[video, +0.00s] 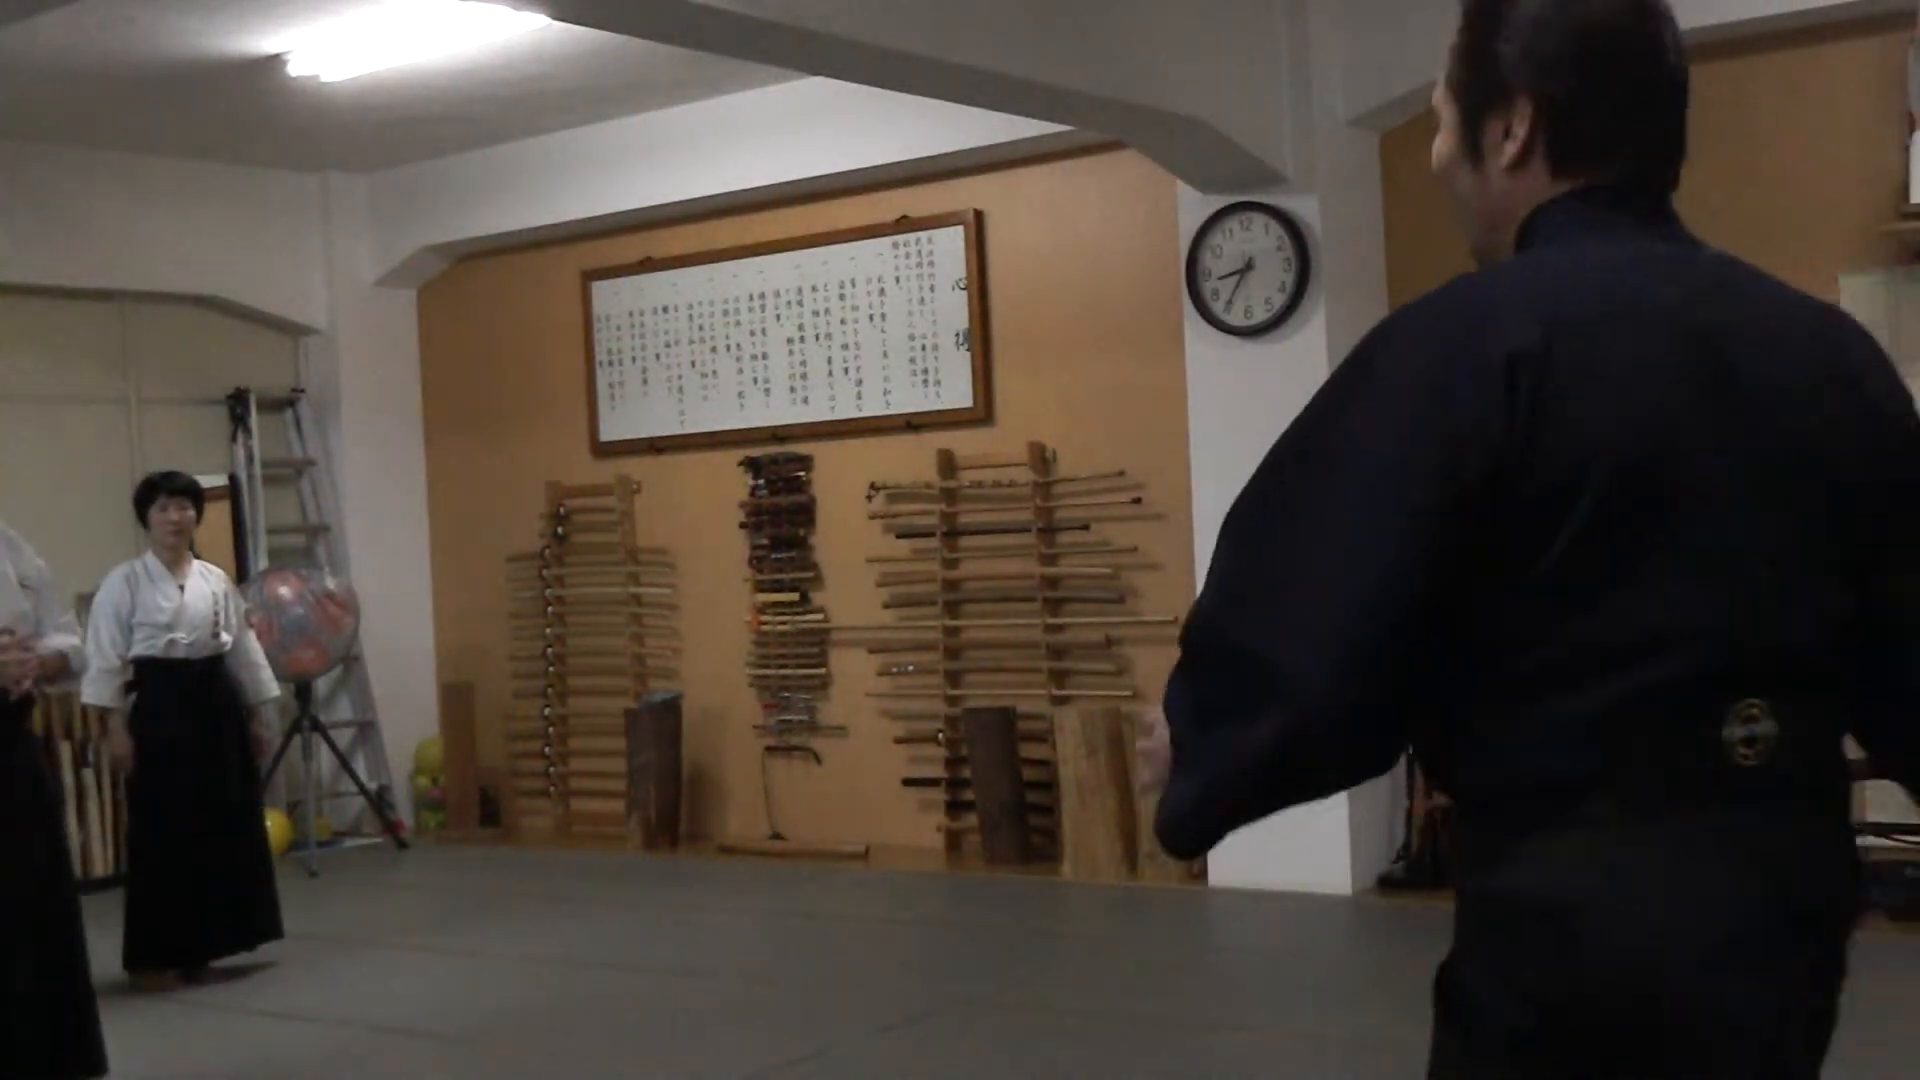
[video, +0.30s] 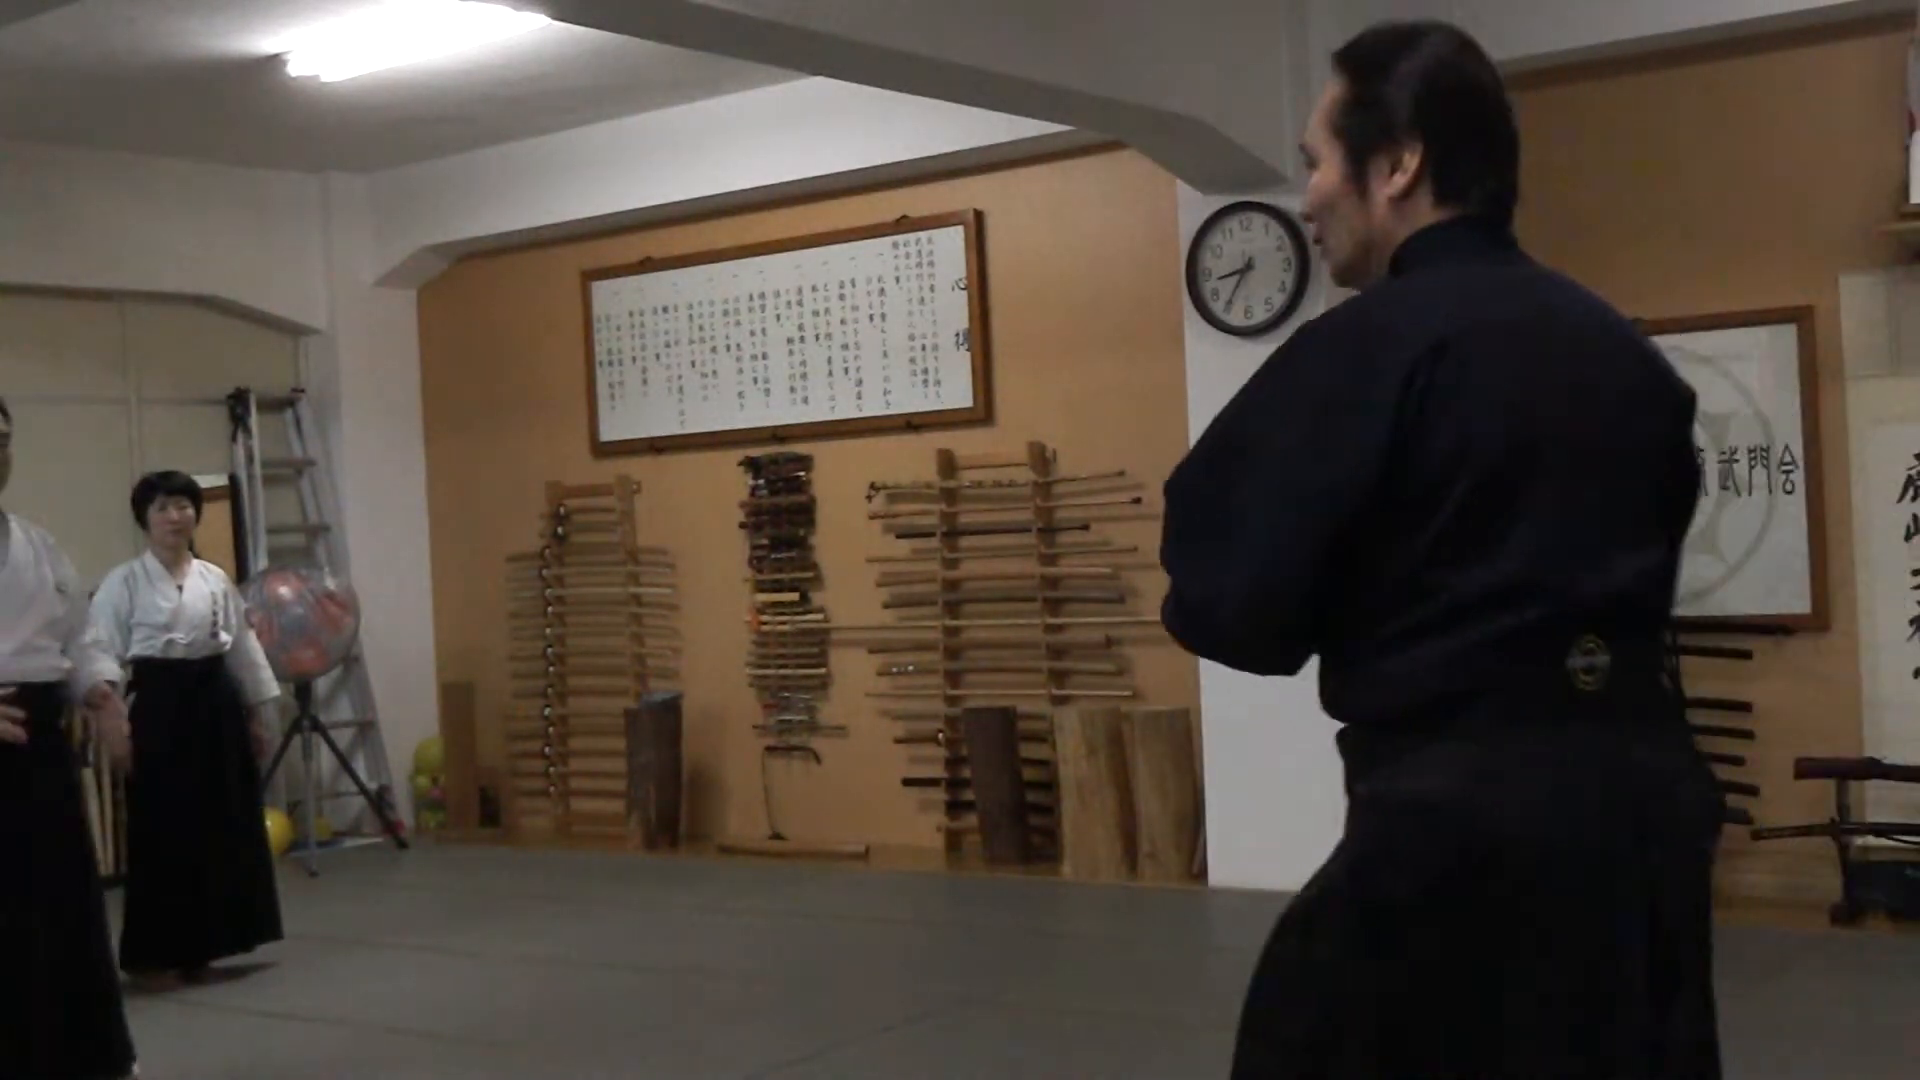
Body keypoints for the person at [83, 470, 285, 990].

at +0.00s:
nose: (174, 517)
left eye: (183, 508)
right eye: (163, 508)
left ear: (197, 517)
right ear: (145, 519)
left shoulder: (215, 581)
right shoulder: (124, 582)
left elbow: (243, 649)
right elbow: (104, 658)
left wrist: (260, 713)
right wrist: (115, 725)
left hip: (212, 703)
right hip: (157, 705)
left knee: (215, 822)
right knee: (161, 826)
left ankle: (202, 951)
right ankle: (155, 957)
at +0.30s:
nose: (175, 516)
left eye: (183, 507)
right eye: (163, 508)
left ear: (196, 517)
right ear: (144, 519)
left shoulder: (215, 580)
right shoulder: (124, 583)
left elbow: (242, 645)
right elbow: (96, 654)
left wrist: (262, 710)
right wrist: (109, 712)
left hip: (212, 701)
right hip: (157, 704)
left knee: (213, 821)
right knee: (161, 824)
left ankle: (201, 950)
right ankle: (155, 954)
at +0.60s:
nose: (177, 516)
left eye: (185, 506)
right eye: (164, 508)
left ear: (197, 515)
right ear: (145, 520)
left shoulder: (216, 579)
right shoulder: (129, 580)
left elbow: (242, 647)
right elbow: (122, 654)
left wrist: (261, 714)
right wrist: (132, 723)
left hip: (213, 700)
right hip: (155, 704)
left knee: (217, 816)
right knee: (162, 820)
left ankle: (204, 945)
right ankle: (168, 949)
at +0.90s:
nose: (179, 515)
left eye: (187, 506)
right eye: (167, 507)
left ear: (198, 515)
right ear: (147, 518)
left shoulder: (215, 579)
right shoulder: (139, 578)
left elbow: (241, 644)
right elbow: (134, 653)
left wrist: (261, 708)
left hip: (215, 690)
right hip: (159, 698)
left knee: (225, 812)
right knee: (170, 816)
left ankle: (216, 940)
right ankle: (181, 944)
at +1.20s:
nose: (183, 516)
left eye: (190, 507)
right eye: (171, 508)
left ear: (201, 518)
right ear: (147, 520)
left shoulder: (215, 580)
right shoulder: (137, 578)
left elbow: (242, 646)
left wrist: (262, 709)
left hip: (216, 703)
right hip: (157, 711)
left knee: (221, 822)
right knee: (168, 827)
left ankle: (215, 943)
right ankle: (177, 946)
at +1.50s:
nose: (183, 517)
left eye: (191, 509)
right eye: (171, 509)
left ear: (202, 519)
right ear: (149, 519)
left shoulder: (217, 581)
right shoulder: (138, 581)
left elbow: (246, 647)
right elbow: (130, 658)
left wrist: (264, 711)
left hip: (214, 719)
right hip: (154, 722)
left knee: (218, 830)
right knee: (164, 838)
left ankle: (213, 938)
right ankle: (171, 943)